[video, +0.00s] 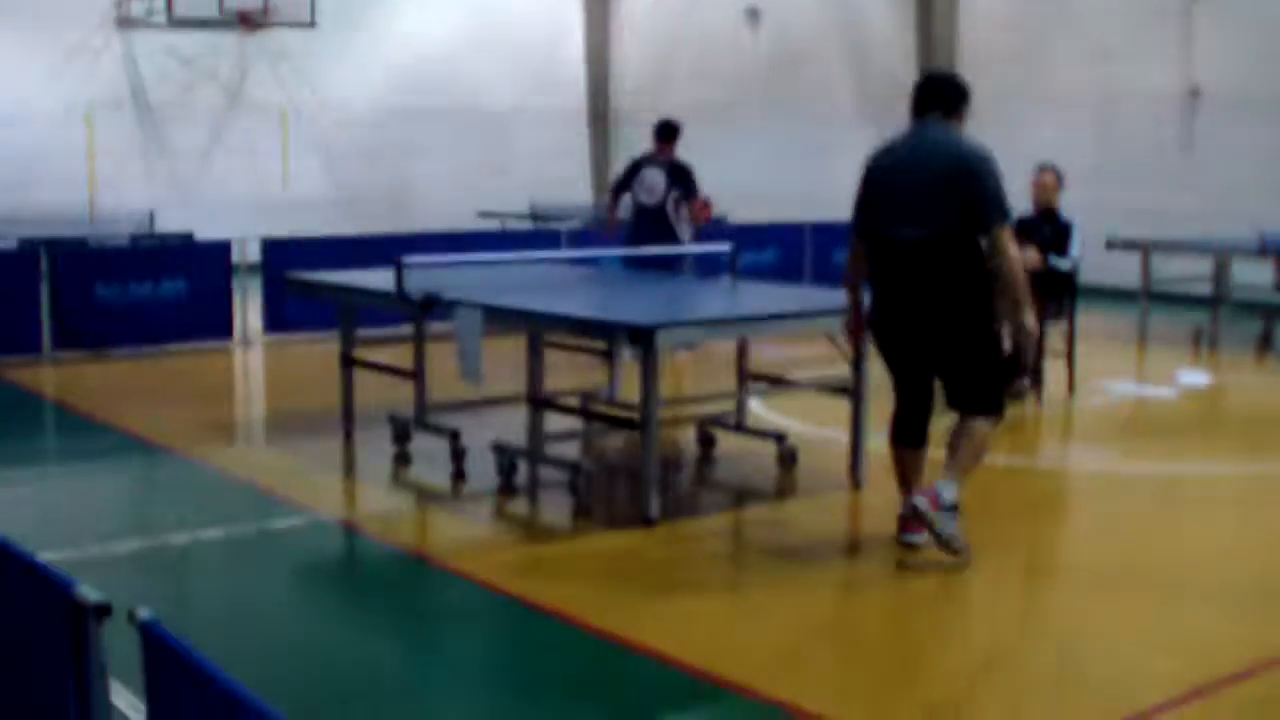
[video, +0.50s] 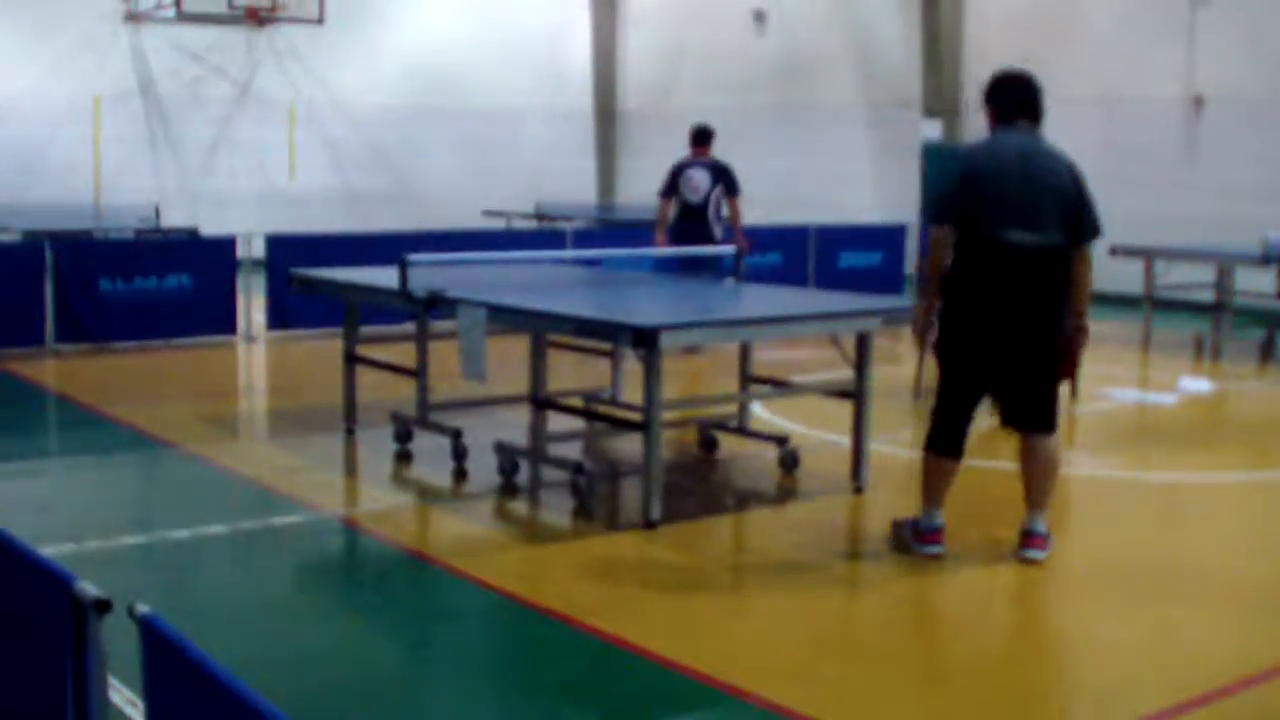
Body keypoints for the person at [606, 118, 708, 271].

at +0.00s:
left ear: (655, 137)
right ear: (676, 140)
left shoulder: (638, 165)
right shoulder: (681, 170)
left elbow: (616, 191)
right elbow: (692, 202)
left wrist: (612, 220)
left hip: (637, 236)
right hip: (668, 237)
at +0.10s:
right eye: (688, 134)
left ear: (669, 133)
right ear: (688, 135)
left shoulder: (650, 160)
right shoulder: (693, 165)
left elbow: (631, 192)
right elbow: (702, 203)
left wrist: (624, 220)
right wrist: (710, 229)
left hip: (650, 230)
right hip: (679, 232)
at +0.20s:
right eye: (693, 130)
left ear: (677, 129)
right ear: (697, 131)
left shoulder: (659, 157)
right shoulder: (703, 162)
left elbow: (641, 193)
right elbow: (713, 200)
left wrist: (635, 222)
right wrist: (715, 231)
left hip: (658, 226)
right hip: (687, 227)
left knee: (658, 275)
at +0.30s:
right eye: (701, 132)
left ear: (682, 133)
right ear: (702, 134)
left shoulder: (665, 160)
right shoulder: (709, 164)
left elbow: (650, 196)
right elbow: (720, 201)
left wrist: (647, 225)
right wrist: (722, 231)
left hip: (665, 227)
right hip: (694, 228)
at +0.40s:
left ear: (688, 140)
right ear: (709, 140)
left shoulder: (674, 166)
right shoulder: (717, 168)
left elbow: (659, 199)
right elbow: (728, 204)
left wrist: (656, 229)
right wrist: (731, 233)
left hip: (675, 230)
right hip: (704, 231)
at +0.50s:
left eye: (698, 142)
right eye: (704, 142)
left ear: (691, 142)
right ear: (711, 143)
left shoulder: (679, 168)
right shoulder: (722, 170)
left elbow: (665, 204)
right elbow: (733, 207)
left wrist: (660, 234)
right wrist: (738, 236)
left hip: (680, 234)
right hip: (710, 235)